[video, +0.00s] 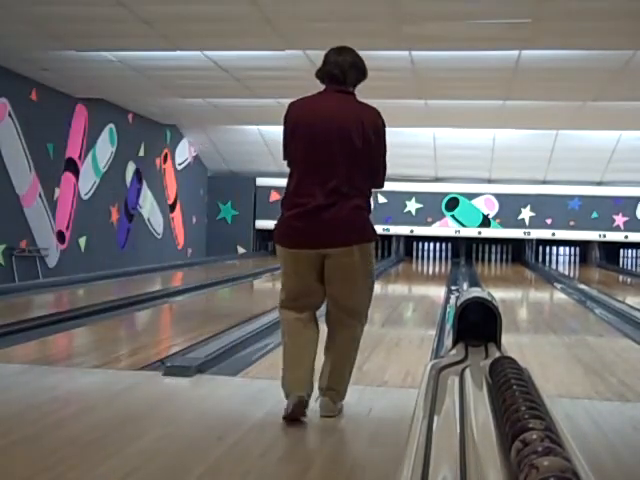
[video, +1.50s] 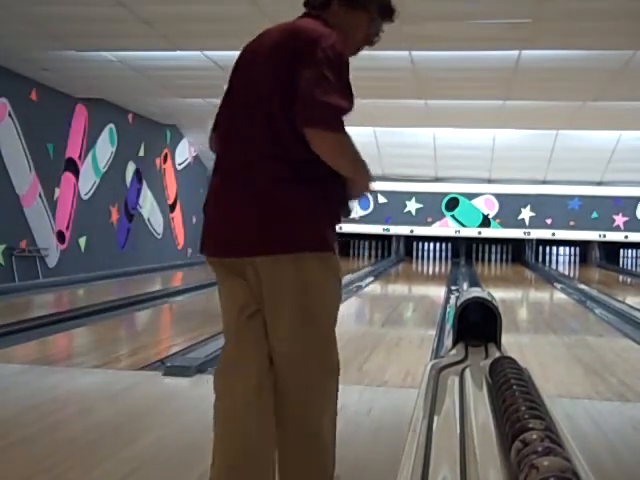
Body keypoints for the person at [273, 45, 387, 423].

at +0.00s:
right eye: (360, 76)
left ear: (322, 74)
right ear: (358, 79)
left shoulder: (297, 110)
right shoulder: (370, 117)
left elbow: (290, 159)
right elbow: (378, 178)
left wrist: (330, 160)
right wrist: (341, 164)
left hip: (297, 232)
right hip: (350, 235)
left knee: (297, 308)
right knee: (347, 317)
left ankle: (297, 394)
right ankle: (331, 400)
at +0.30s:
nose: (353, 77)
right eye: (354, 71)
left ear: (311, 68)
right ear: (350, 72)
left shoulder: (284, 104)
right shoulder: (359, 109)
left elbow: (274, 159)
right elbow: (369, 174)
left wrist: (313, 161)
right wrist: (329, 169)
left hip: (286, 230)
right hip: (340, 232)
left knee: (296, 322)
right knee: (343, 317)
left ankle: (301, 422)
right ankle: (338, 402)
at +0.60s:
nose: (356, 67)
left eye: (357, 61)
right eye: (356, 60)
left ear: (312, 51)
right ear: (346, 56)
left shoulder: (276, 90)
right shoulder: (354, 94)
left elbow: (265, 150)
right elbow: (370, 166)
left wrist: (309, 157)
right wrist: (324, 162)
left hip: (278, 232)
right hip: (335, 234)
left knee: (291, 327)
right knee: (349, 324)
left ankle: (296, 423)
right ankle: (327, 421)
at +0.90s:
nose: (375, 78)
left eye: (378, 68)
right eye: (377, 67)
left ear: (333, 46)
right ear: (360, 51)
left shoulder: (280, 78)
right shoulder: (360, 88)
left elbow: (256, 144)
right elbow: (372, 162)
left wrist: (293, 180)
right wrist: (335, 184)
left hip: (268, 229)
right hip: (330, 232)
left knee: (280, 336)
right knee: (337, 343)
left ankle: (282, 439)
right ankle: (316, 459)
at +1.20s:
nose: (374, 65)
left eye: (380, 57)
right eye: (377, 52)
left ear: (333, 29)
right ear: (356, 33)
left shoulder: (275, 64)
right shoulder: (337, 70)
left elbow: (269, 148)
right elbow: (360, 155)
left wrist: (342, 174)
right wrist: (340, 179)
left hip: (246, 235)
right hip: (309, 237)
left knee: (260, 345)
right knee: (321, 355)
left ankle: (239, 467)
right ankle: (316, 469)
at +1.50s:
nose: (374, 38)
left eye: (380, 29)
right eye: (375, 24)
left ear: (324, 6)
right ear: (346, 7)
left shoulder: (262, 44)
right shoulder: (322, 42)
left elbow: (221, 137)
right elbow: (322, 128)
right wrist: (359, 174)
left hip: (229, 233)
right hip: (290, 236)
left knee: (243, 373)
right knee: (307, 372)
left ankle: (237, 476)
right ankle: (307, 473)